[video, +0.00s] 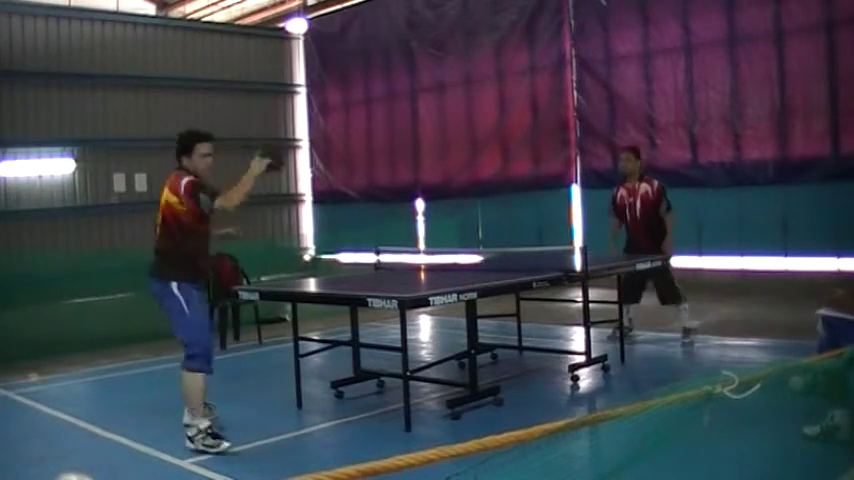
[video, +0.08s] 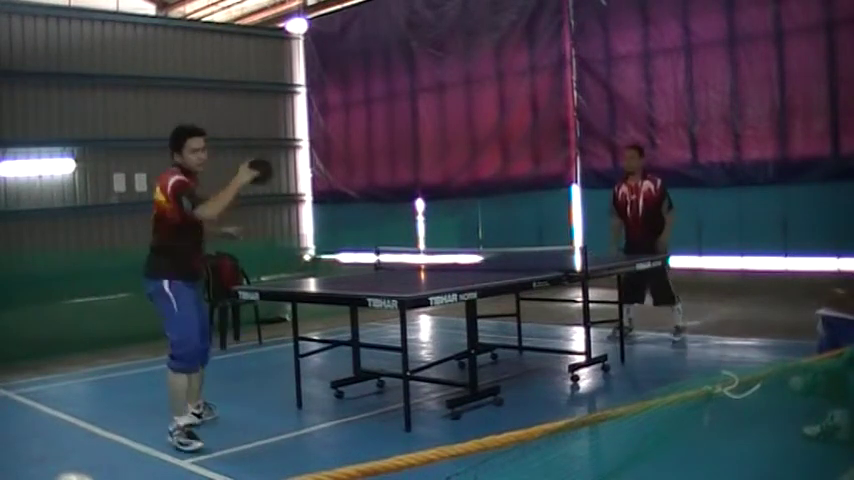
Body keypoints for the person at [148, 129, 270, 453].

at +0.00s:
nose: (210, 161)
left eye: (211, 155)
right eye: (204, 156)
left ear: (190, 160)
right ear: (185, 159)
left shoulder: (182, 182)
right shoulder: (184, 184)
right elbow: (227, 201)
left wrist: (221, 231)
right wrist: (252, 172)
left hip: (186, 276)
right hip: (175, 278)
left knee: (200, 344)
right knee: (197, 346)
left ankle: (197, 412)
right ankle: (196, 427)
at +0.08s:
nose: (202, 156)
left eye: (204, 150)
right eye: (195, 150)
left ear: (203, 152)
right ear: (177, 154)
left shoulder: (187, 182)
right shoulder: (173, 181)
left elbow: (188, 226)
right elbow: (203, 212)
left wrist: (220, 231)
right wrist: (239, 181)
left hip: (188, 275)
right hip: (168, 278)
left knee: (200, 340)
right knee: (185, 344)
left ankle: (194, 406)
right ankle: (178, 425)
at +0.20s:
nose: (186, 152)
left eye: (189, 146)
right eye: (177, 148)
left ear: (193, 149)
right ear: (164, 153)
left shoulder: (189, 184)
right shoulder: (159, 185)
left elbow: (189, 227)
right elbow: (166, 227)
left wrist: (219, 230)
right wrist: (209, 206)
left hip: (188, 278)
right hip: (161, 281)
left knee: (193, 344)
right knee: (167, 349)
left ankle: (194, 407)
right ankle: (165, 420)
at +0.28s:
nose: (169, 153)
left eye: (173, 146)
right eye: (161, 149)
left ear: (183, 148)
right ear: (152, 154)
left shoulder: (188, 187)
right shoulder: (144, 186)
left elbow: (186, 230)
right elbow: (141, 233)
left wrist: (207, 233)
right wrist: (189, 222)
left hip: (185, 282)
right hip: (153, 284)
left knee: (190, 347)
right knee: (160, 353)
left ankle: (193, 408)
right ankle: (162, 421)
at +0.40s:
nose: (149, 153)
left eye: (155, 145)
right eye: (142, 147)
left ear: (168, 147)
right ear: (135, 153)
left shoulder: (185, 186)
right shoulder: (126, 188)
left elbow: (197, 229)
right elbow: (113, 232)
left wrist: (191, 240)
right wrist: (158, 234)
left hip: (184, 287)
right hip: (143, 290)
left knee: (192, 350)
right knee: (153, 358)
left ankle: (194, 410)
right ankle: (161, 423)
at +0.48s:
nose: (140, 150)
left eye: (145, 142)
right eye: (133, 145)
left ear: (158, 144)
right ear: (126, 150)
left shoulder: (182, 183)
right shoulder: (117, 186)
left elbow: (194, 222)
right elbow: (103, 230)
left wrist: (190, 239)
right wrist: (144, 236)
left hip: (180, 286)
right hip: (138, 291)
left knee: (192, 352)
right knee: (149, 360)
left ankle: (194, 412)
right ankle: (160, 422)